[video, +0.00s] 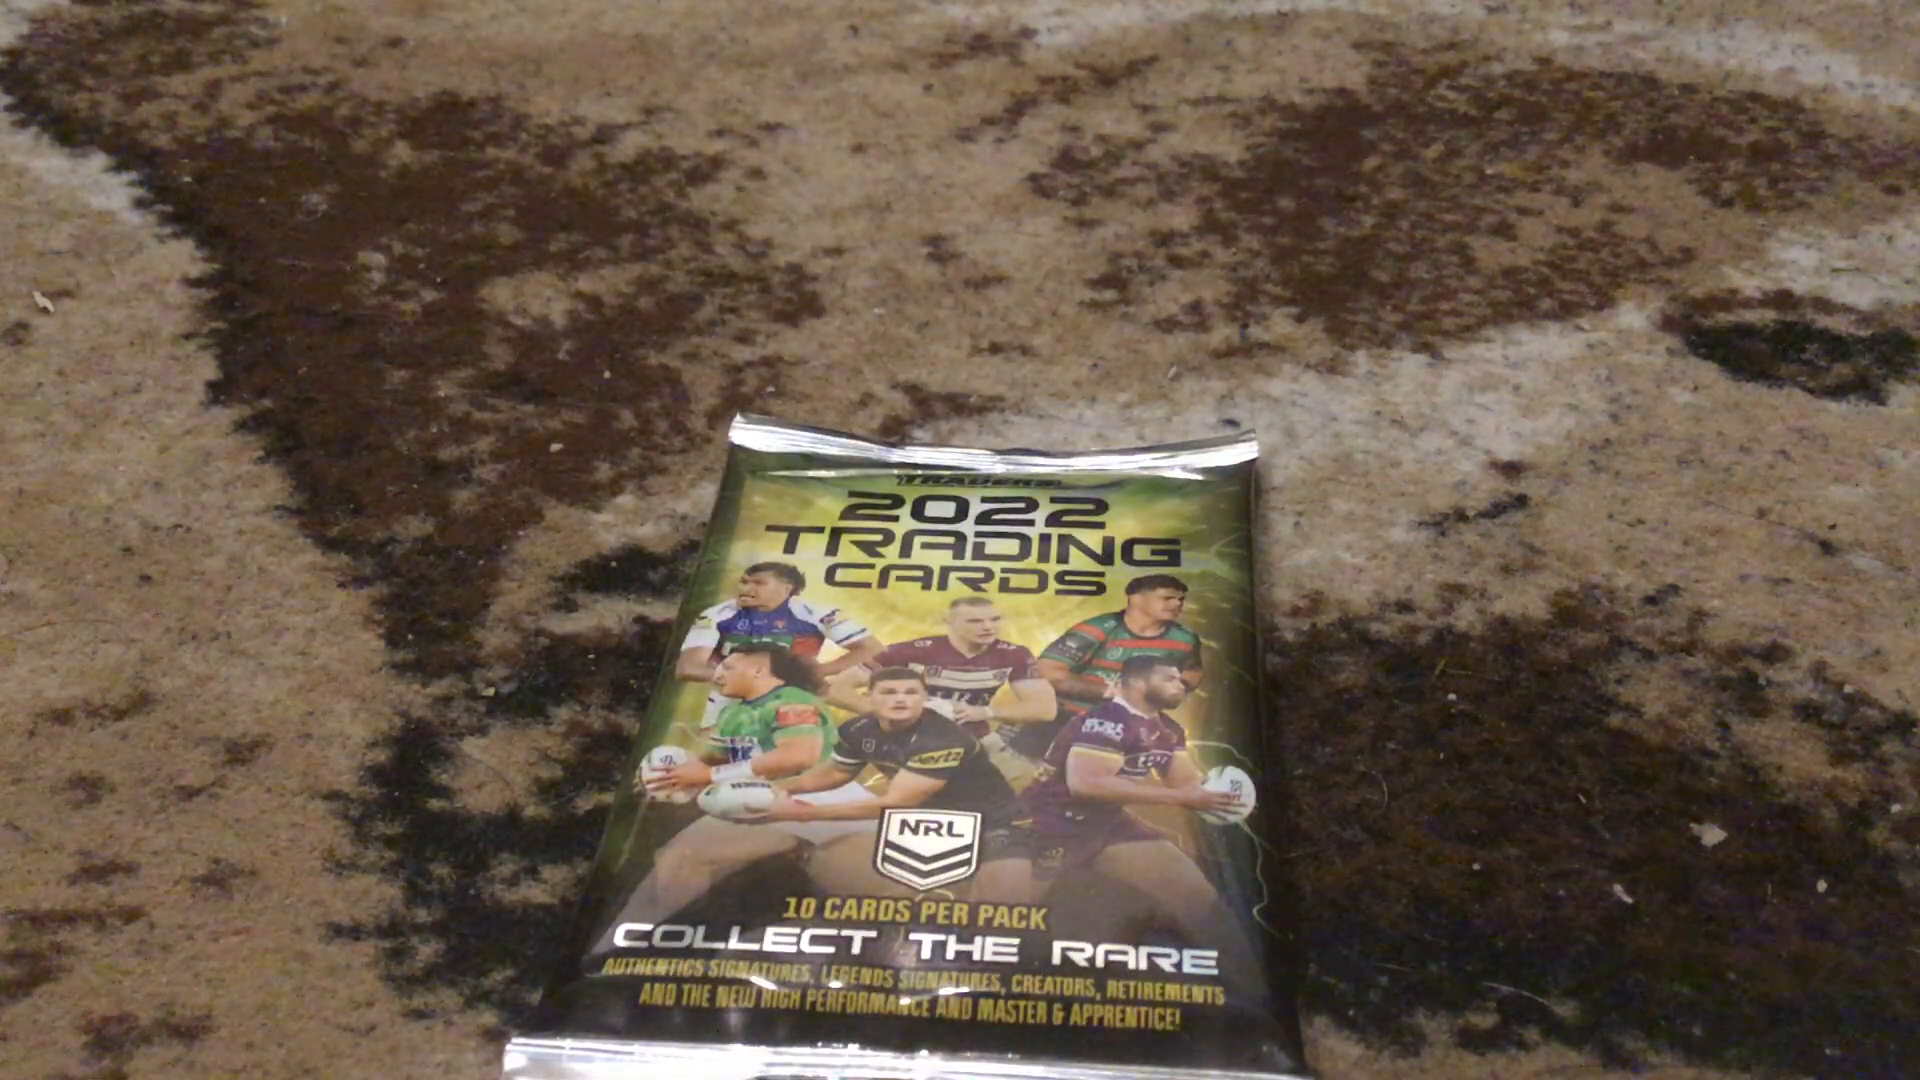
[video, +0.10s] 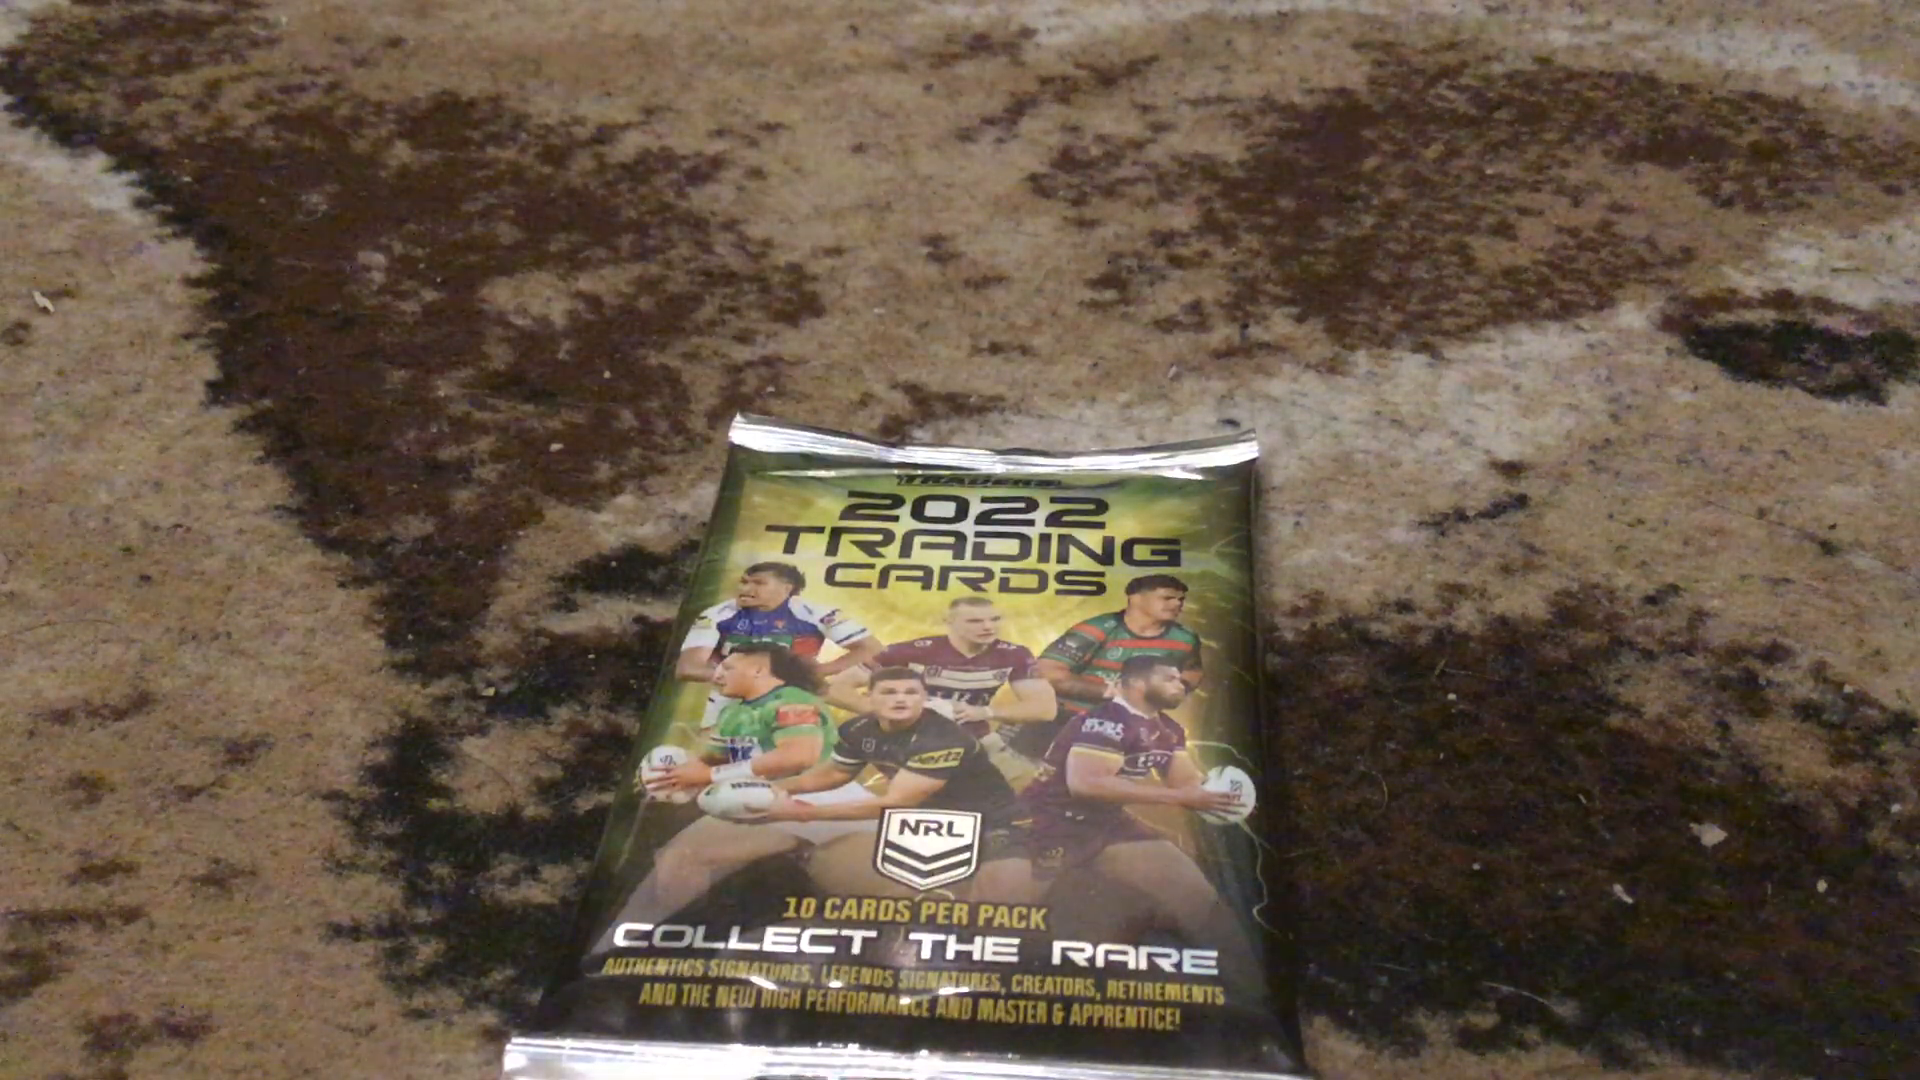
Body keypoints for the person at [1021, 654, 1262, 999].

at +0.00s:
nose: (1179, 683)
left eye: (1178, 678)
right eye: (1169, 678)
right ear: (1134, 681)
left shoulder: (1168, 732)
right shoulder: (1105, 720)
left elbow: (1187, 783)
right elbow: (1084, 781)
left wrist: (1224, 798)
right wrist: (1181, 796)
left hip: (1105, 826)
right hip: (1042, 827)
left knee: (1197, 898)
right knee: (1002, 927)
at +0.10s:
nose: (1179, 679)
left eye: (1178, 674)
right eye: (1167, 673)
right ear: (1135, 681)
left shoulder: (1168, 730)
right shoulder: (1107, 718)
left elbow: (1185, 781)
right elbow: (1085, 782)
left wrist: (1225, 797)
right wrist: (1181, 797)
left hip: (1104, 826)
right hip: (1045, 827)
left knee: (1189, 890)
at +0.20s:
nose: (1179, 682)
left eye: (1178, 677)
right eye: (1168, 677)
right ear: (1134, 682)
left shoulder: (1168, 732)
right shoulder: (1106, 719)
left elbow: (1187, 784)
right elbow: (1084, 781)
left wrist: (1227, 800)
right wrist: (1182, 796)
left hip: (1103, 826)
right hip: (1041, 826)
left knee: (1198, 900)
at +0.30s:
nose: (1179, 682)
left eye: (1178, 678)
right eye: (1168, 677)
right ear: (1135, 681)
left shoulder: (1168, 732)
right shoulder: (1106, 719)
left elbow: (1187, 784)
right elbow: (1085, 781)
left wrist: (1229, 799)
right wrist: (1182, 796)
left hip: (1104, 827)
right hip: (1043, 829)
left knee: (1199, 900)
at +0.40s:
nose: (1180, 683)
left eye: (1178, 678)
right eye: (1169, 677)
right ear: (1135, 681)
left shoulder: (1168, 732)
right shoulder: (1105, 720)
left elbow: (1188, 784)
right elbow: (1084, 781)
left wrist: (1230, 800)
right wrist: (1180, 796)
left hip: (1105, 827)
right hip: (1042, 827)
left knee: (1199, 900)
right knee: (997, 925)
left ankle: (1253, 1003)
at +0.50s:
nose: (1180, 683)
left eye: (1178, 678)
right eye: (1169, 678)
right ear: (1133, 682)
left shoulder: (1167, 732)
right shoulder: (1106, 720)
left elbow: (1188, 784)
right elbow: (1084, 781)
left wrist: (1225, 798)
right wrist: (1180, 796)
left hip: (1105, 825)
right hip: (1043, 826)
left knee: (1198, 899)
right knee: (997, 929)